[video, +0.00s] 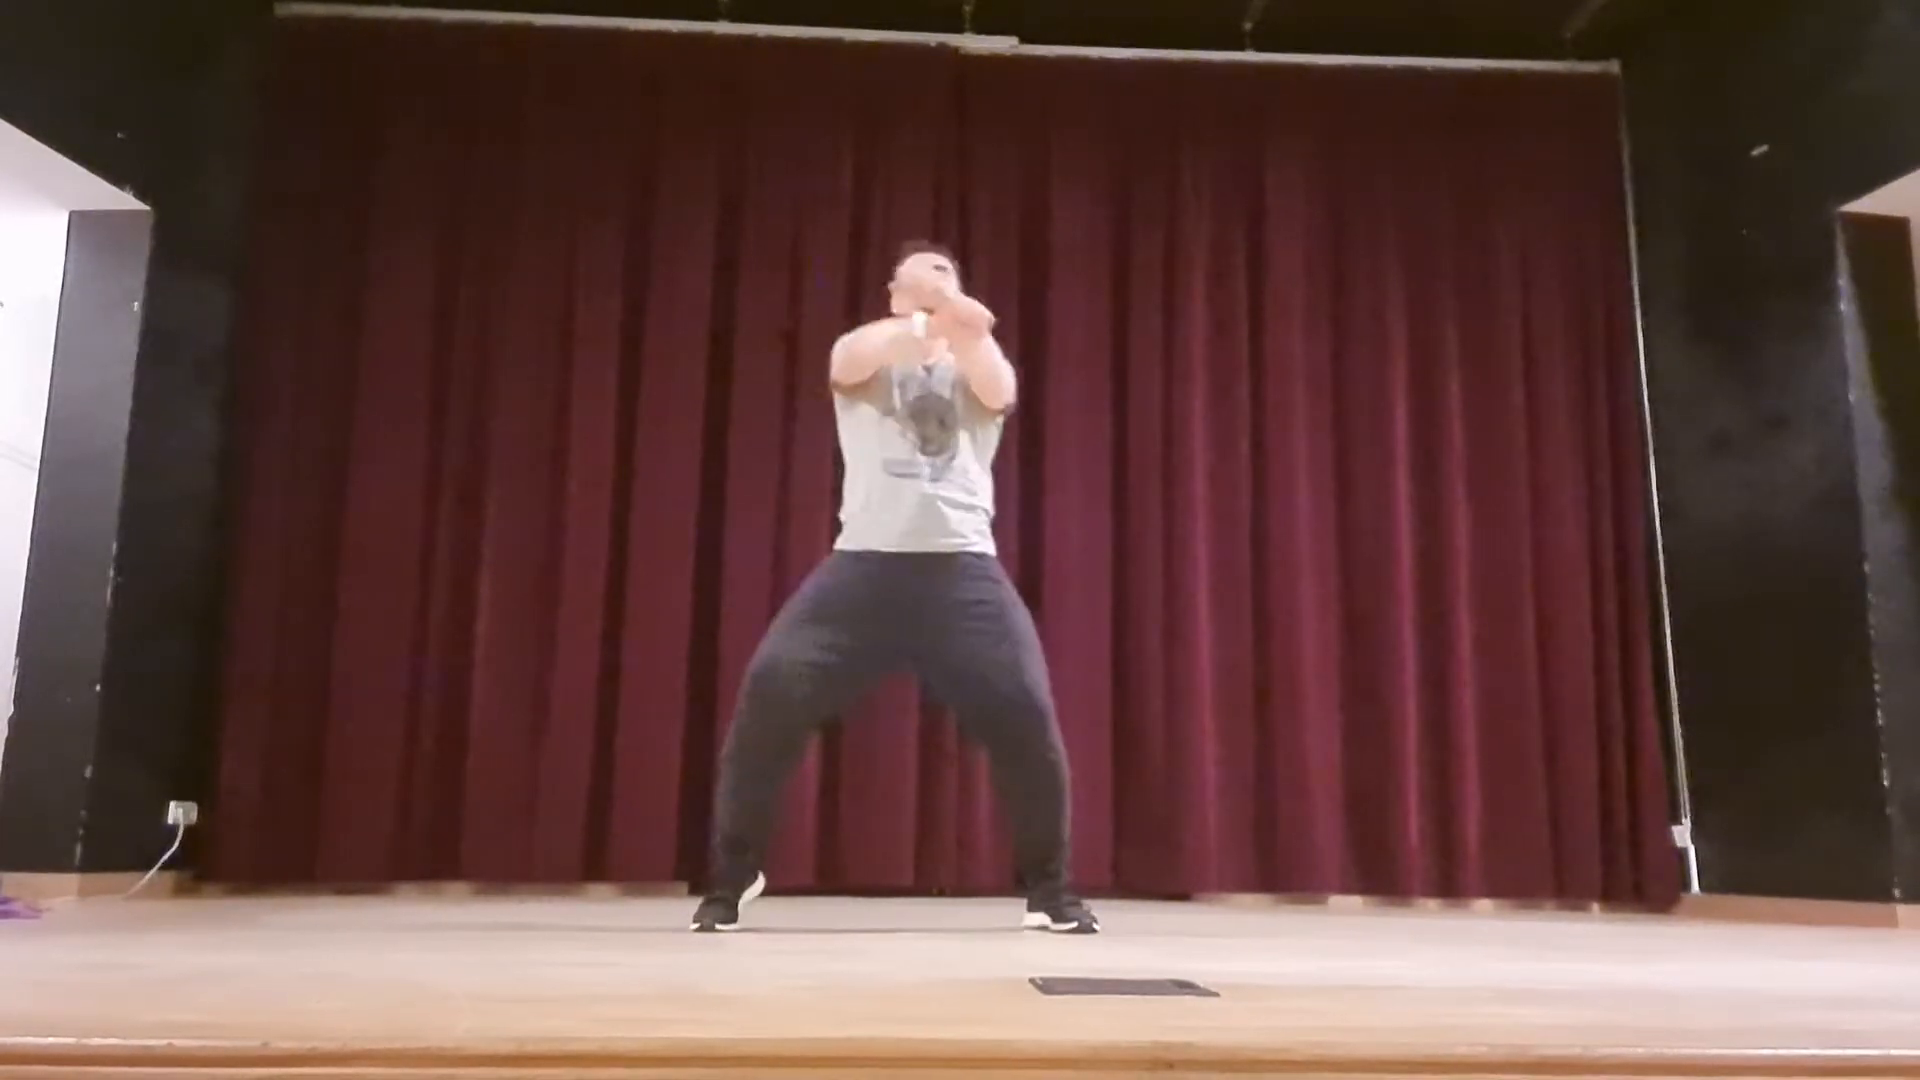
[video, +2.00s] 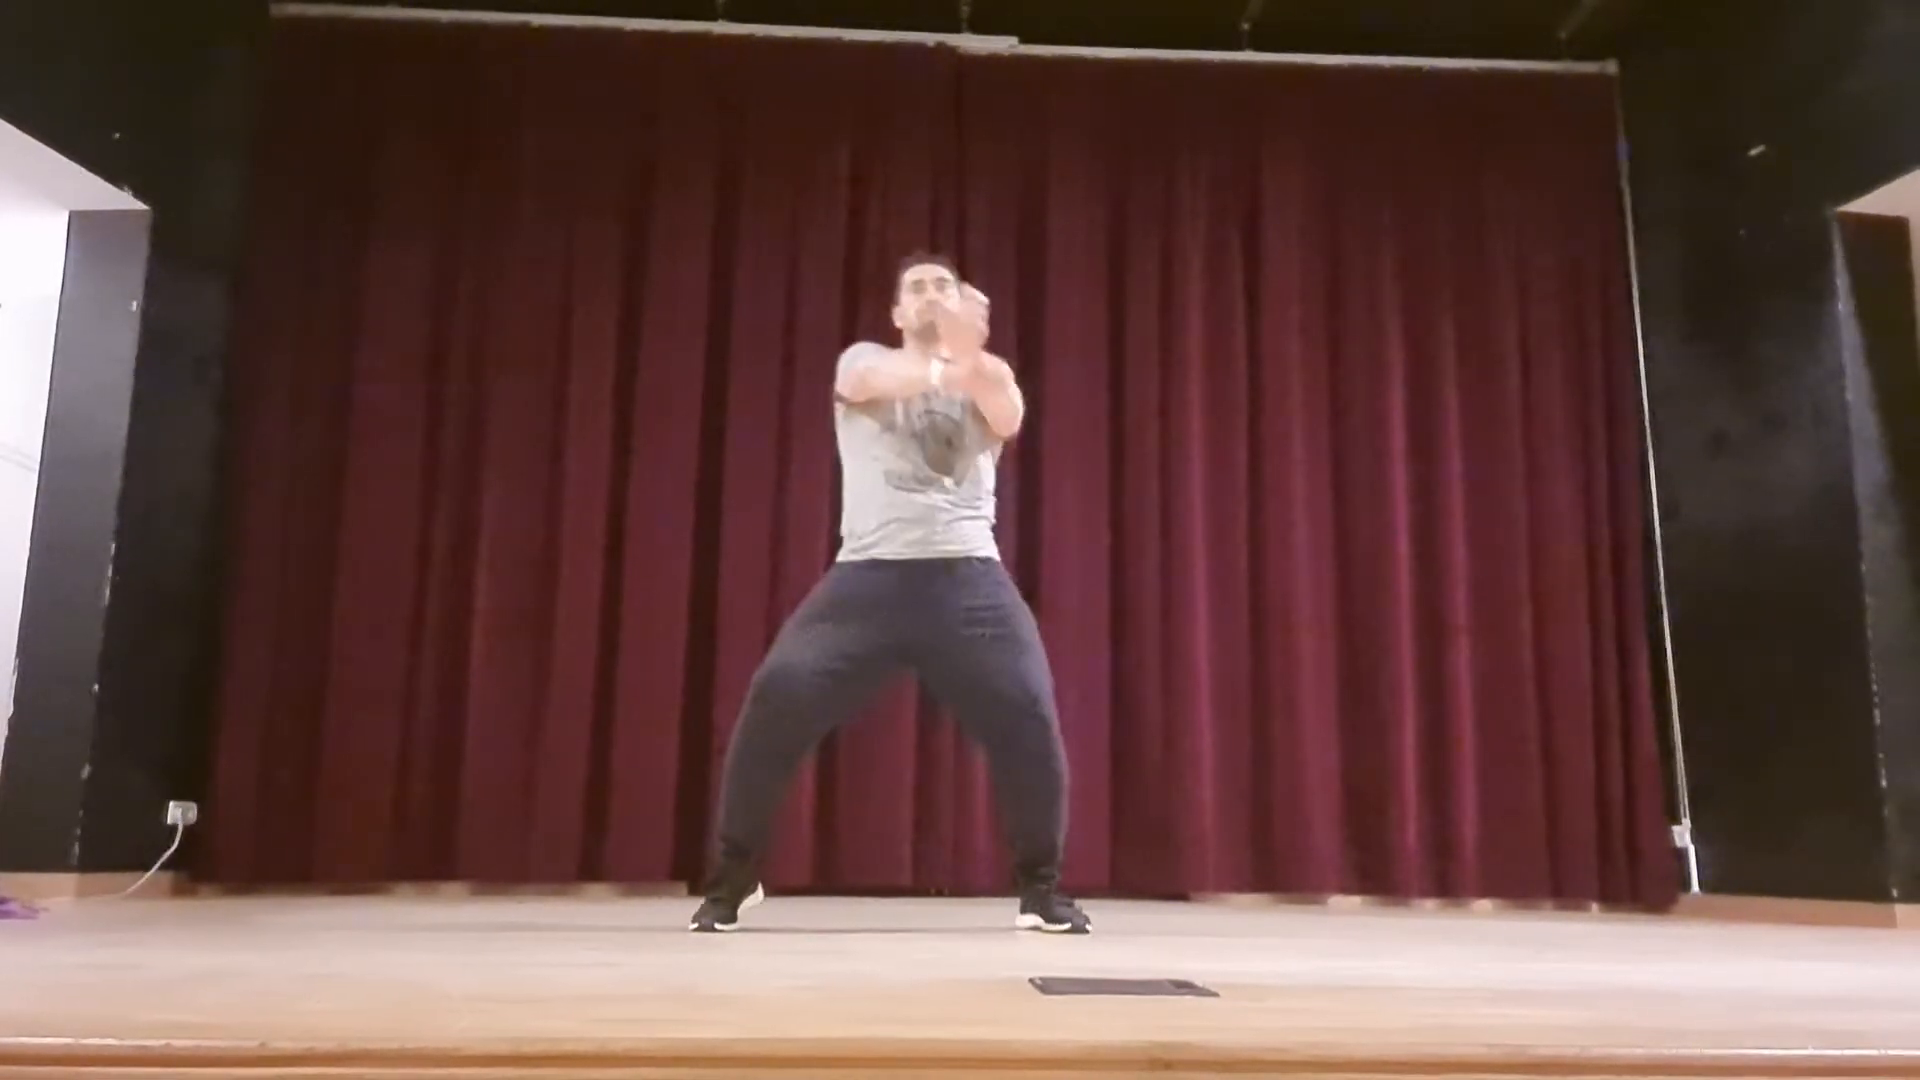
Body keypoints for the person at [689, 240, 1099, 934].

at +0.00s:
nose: (941, 271)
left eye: (949, 268)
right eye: (926, 264)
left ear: (961, 294)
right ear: (894, 293)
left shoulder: (983, 360)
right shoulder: (862, 350)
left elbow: (996, 394)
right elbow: (851, 361)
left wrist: (971, 333)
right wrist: (916, 323)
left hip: (963, 571)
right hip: (862, 567)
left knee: (1026, 709)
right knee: (773, 685)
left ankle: (1049, 890)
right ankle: (733, 871)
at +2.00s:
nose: (928, 296)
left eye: (942, 287)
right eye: (915, 288)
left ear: (971, 310)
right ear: (897, 311)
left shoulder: (991, 373)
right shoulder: (867, 359)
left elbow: (1007, 420)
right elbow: (860, 387)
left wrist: (974, 365)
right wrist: (932, 372)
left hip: (969, 581)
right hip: (865, 579)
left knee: (1026, 711)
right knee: (779, 690)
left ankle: (1041, 888)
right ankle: (734, 872)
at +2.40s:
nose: (847, 292)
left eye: (861, 283)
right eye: (835, 282)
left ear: (884, 302)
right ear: (815, 301)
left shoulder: (918, 361)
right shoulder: (788, 369)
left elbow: (926, 387)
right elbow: (777, 405)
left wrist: (878, 362)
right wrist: (824, 374)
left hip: (923, 573)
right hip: (820, 579)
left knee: (1019, 693)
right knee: (754, 700)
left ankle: (1046, 863)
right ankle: (732, 888)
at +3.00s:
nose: (926, 312)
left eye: (938, 302)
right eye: (914, 299)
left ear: (960, 305)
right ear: (892, 298)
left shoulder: (983, 365)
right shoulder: (859, 353)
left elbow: (997, 394)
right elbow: (854, 353)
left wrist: (972, 324)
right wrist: (913, 320)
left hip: (959, 573)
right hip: (856, 567)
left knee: (1022, 705)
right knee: (763, 681)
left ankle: (1041, 886)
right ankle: (730, 867)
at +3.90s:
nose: (845, 289)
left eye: (859, 280)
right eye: (833, 279)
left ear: (881, 300)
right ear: (812, 297)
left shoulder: (914, 360)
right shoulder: (780, 369)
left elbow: (923, 385)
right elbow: (782, 398)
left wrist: (874, 369)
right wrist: (826, 369)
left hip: (923, 572)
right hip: (820, 579)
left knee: (1017, 689)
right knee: (755, 702)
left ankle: (1047, 862)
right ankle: (732, 885)